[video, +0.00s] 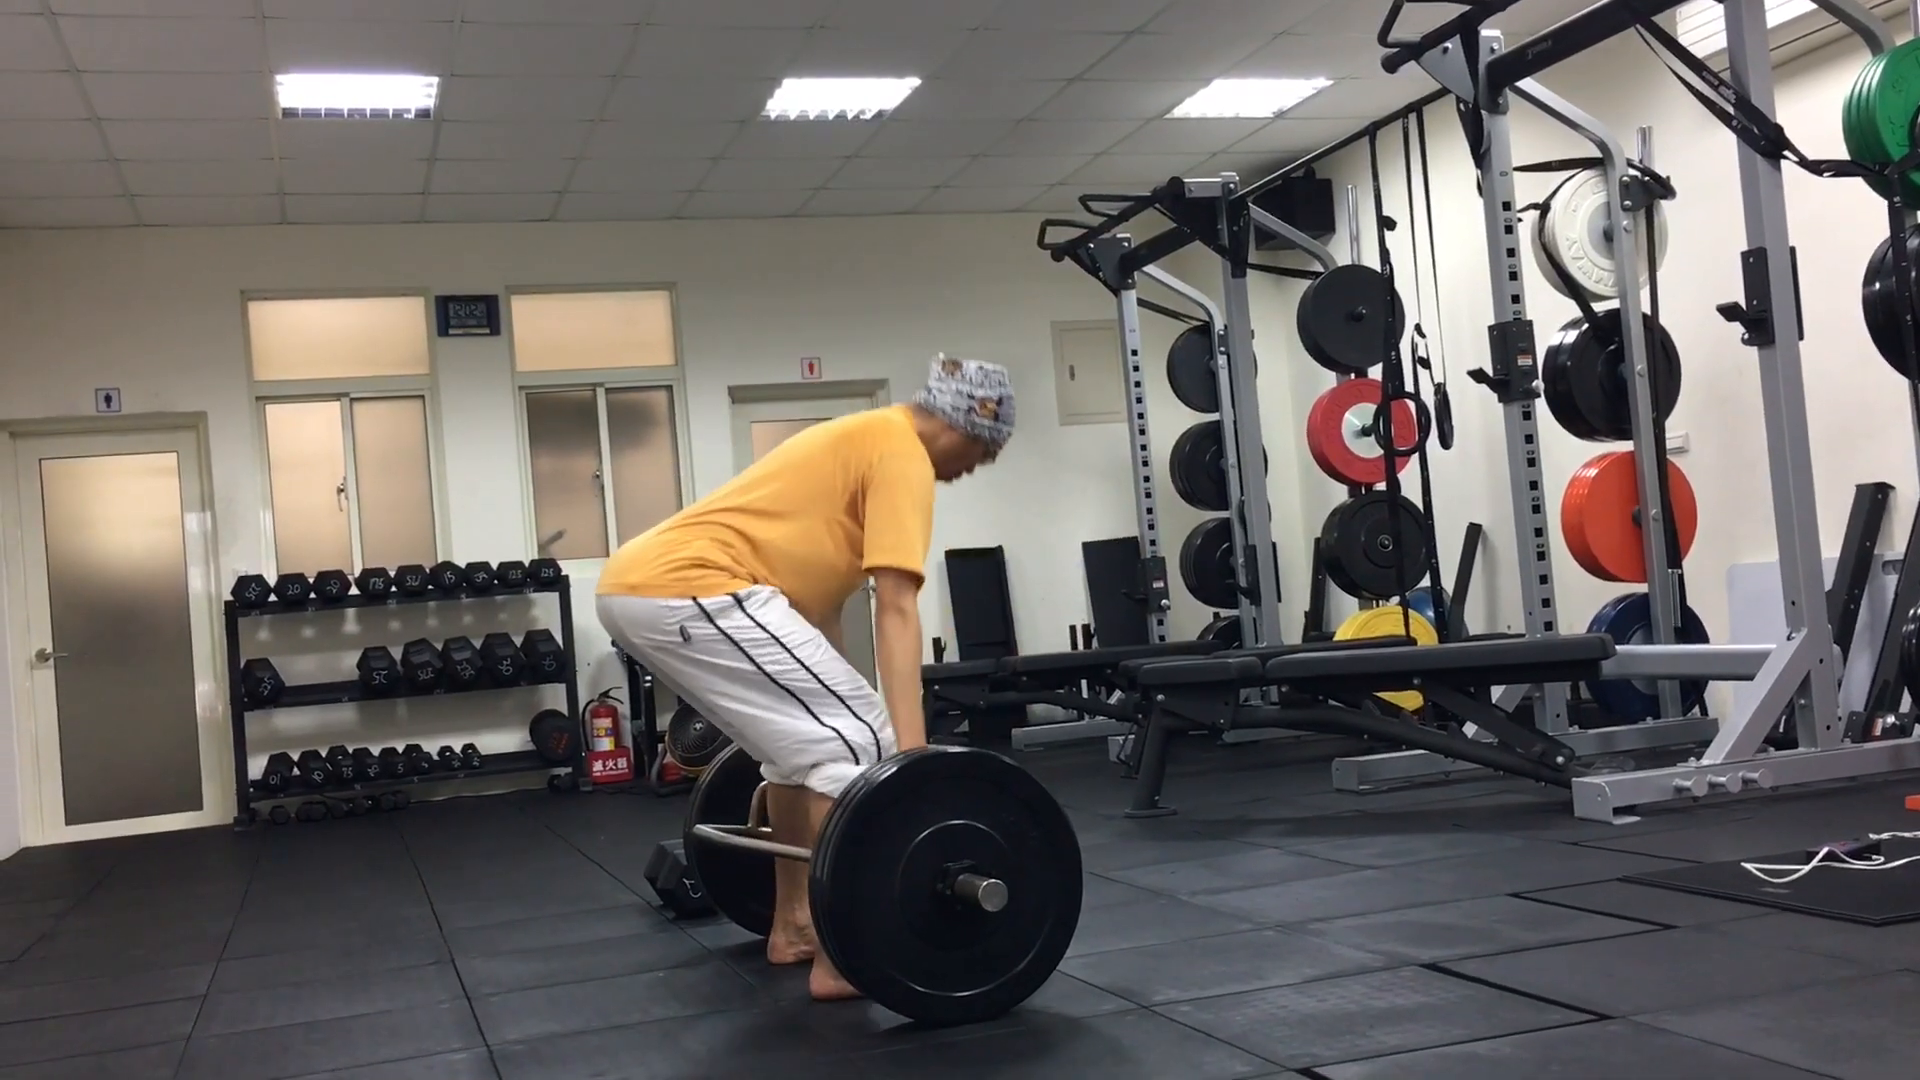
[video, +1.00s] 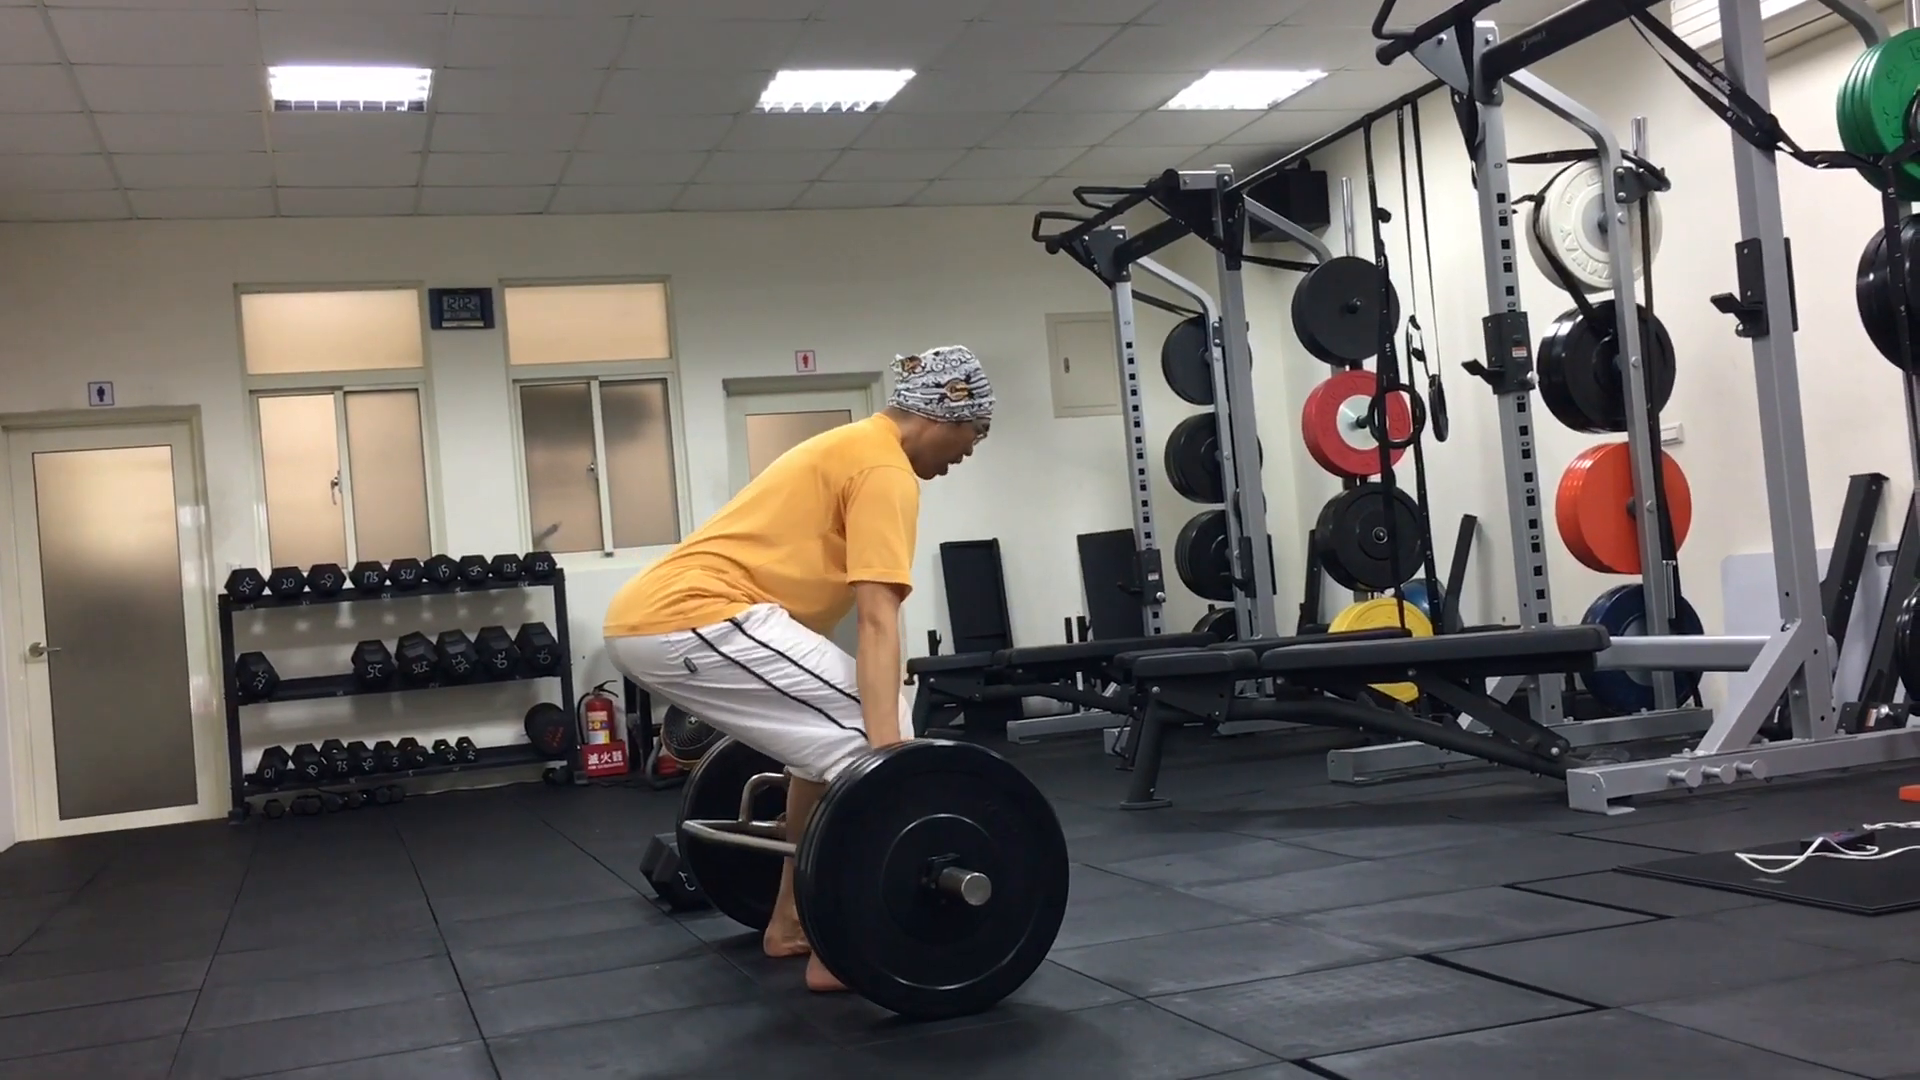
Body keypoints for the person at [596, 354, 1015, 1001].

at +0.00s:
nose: (975, 470)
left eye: (986, 459)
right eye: (983, 454)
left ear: (937, 406)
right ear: (966, 423)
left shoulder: (854, 443)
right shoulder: (901, 450)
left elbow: (818, 612)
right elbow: (896, 603)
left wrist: (848, 712)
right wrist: (913, 754)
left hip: (641, 589)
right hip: (695, 590)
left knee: (797, 743)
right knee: (856, 735)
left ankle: (793, 925)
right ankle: (840, 957)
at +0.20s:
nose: (973, 491)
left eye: (985, 480)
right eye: (982, 475)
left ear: (935, 431)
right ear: (960, 444)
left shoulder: (861, 459)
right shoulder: (898, 472)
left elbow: (805, 613)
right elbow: (889, 625)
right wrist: (903, 764)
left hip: (638, 602)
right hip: (696, 601)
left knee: (800, 745)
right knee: (856, 739)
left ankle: (795, 924)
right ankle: (842, 957)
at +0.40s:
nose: (969, 479)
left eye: (980, 466)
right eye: (976, 461)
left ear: (923, 422)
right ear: (953, 434)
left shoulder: (853, 456)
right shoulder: (895, 474)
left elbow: (805, 618)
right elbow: (890, 627)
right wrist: (903, 759)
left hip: (639, 608)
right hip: (696, 607)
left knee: (810, 739)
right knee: (868, 734)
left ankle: (795, 923)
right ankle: (848, 956)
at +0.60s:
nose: (969, 467)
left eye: (979, 453)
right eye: (975, 449)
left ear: (918, 416)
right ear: (948, 426)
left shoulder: (853, 451)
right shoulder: (892, 473)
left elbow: (805, 612)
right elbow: (887, 624)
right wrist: (898, 758)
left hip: (643, 609)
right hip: (697, 609)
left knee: (820, 735)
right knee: (866, 730)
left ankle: (793, 924)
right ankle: (844, 954)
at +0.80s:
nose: (969, 459)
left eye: (978, 445)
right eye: (974, 441)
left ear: (920, 411)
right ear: (944, 418)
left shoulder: (855, 449)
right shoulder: (887, 468)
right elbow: (882, 616)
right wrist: (893, 750)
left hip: (651, 611)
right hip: (697, 610)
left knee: (829, 730)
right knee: (868, 732)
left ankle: (791, 923)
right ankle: (840, 954)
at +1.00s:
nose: (967, 456)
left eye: (975, 442)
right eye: (971, 438)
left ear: (916, 407)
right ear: (940, 415)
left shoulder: (852, 447)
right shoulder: (883, 468)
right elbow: (876, 615)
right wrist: (888, 749)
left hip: (651, 617)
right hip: (698, 615)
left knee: (830, 725)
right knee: (874, 725)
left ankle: (789, 921)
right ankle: (840, 951)